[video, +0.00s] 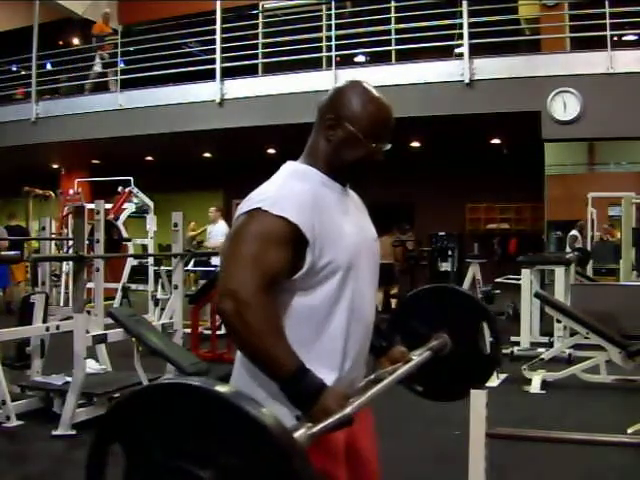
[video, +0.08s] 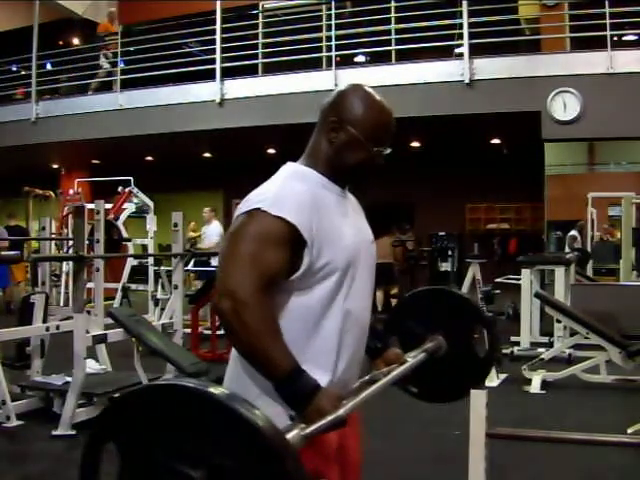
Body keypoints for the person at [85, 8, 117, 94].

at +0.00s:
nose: (107, 18)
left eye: (108, 16)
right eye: (106, 16)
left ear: (109, 17)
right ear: (103, 17)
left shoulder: (109, 28)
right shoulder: (98, 26)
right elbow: (95, 39)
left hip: (109, 52)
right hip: (100, 51)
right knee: (97, 69)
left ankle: (113, 89)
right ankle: (87, 89)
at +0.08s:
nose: (115, 17)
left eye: (115, 15)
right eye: (113, 15)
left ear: (115, 16)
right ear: (110, 16)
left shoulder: (115, 26)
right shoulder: (104, 26)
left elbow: (116, 40)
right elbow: (100, 40)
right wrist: (104, 50)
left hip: (114, 52)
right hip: (105, 51)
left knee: (116, 70)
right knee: (104, 69)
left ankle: (116, 88)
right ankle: (91, 89)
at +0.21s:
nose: (123, 14)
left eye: (124, 11)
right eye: (121, 11)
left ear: (125, 13)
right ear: (117, 12)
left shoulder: (124, 26)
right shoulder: (111, 24)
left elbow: (125, 41)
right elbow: (107, 38)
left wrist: (127, 52)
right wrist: (111, 51)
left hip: (121, 51)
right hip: (111, 51)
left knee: (118, 70)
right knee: (117, 69)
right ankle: (103, 88)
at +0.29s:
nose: (127, 13)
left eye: (128, 11)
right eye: (125, 11)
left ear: (130, 12)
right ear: (122, 11)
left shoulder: (129, 24)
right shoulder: (117, 22)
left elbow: (132, 41)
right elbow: (111, 35)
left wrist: (137, 52)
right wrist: (113, 47)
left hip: (128, 49)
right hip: (120, 50)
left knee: (125, 69)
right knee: (122, 68)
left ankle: (121, 87)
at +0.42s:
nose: (135, 12)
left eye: (136, 10)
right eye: (133, 10)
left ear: (137, 11)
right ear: (129, 11)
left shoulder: (137, 24)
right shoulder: (124, 21)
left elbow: (141, 39)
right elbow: (118, 35)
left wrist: (149, 49)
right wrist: (119, 48)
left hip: (134, 49)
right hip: (125, 49)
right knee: (131, 68)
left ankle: (120, 87)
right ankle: (134, 86)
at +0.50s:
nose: (139, 12)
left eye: (140, 9)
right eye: (137, 9)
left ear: (142, 10)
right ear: (133, 10)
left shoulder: (141, 22)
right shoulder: (128, 20)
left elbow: (146, 38)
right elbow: (122, 34)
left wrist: (154, 48)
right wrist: (124, 48)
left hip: (140, 49)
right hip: (132, 48)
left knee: (128, 70)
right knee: (137, 69)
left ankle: (122, 87)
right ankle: (141, 88)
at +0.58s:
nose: (144, 10)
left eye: (145, 8)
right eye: (142, 7)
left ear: (147, 9)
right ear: (138, 8)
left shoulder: (146, 21)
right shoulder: (133, 19)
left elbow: (150, 36)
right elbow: (128, 35)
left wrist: (158, 47)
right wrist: (128, 49)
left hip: (146, 47)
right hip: (137, 47)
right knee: (140, 67)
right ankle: (143, 85)